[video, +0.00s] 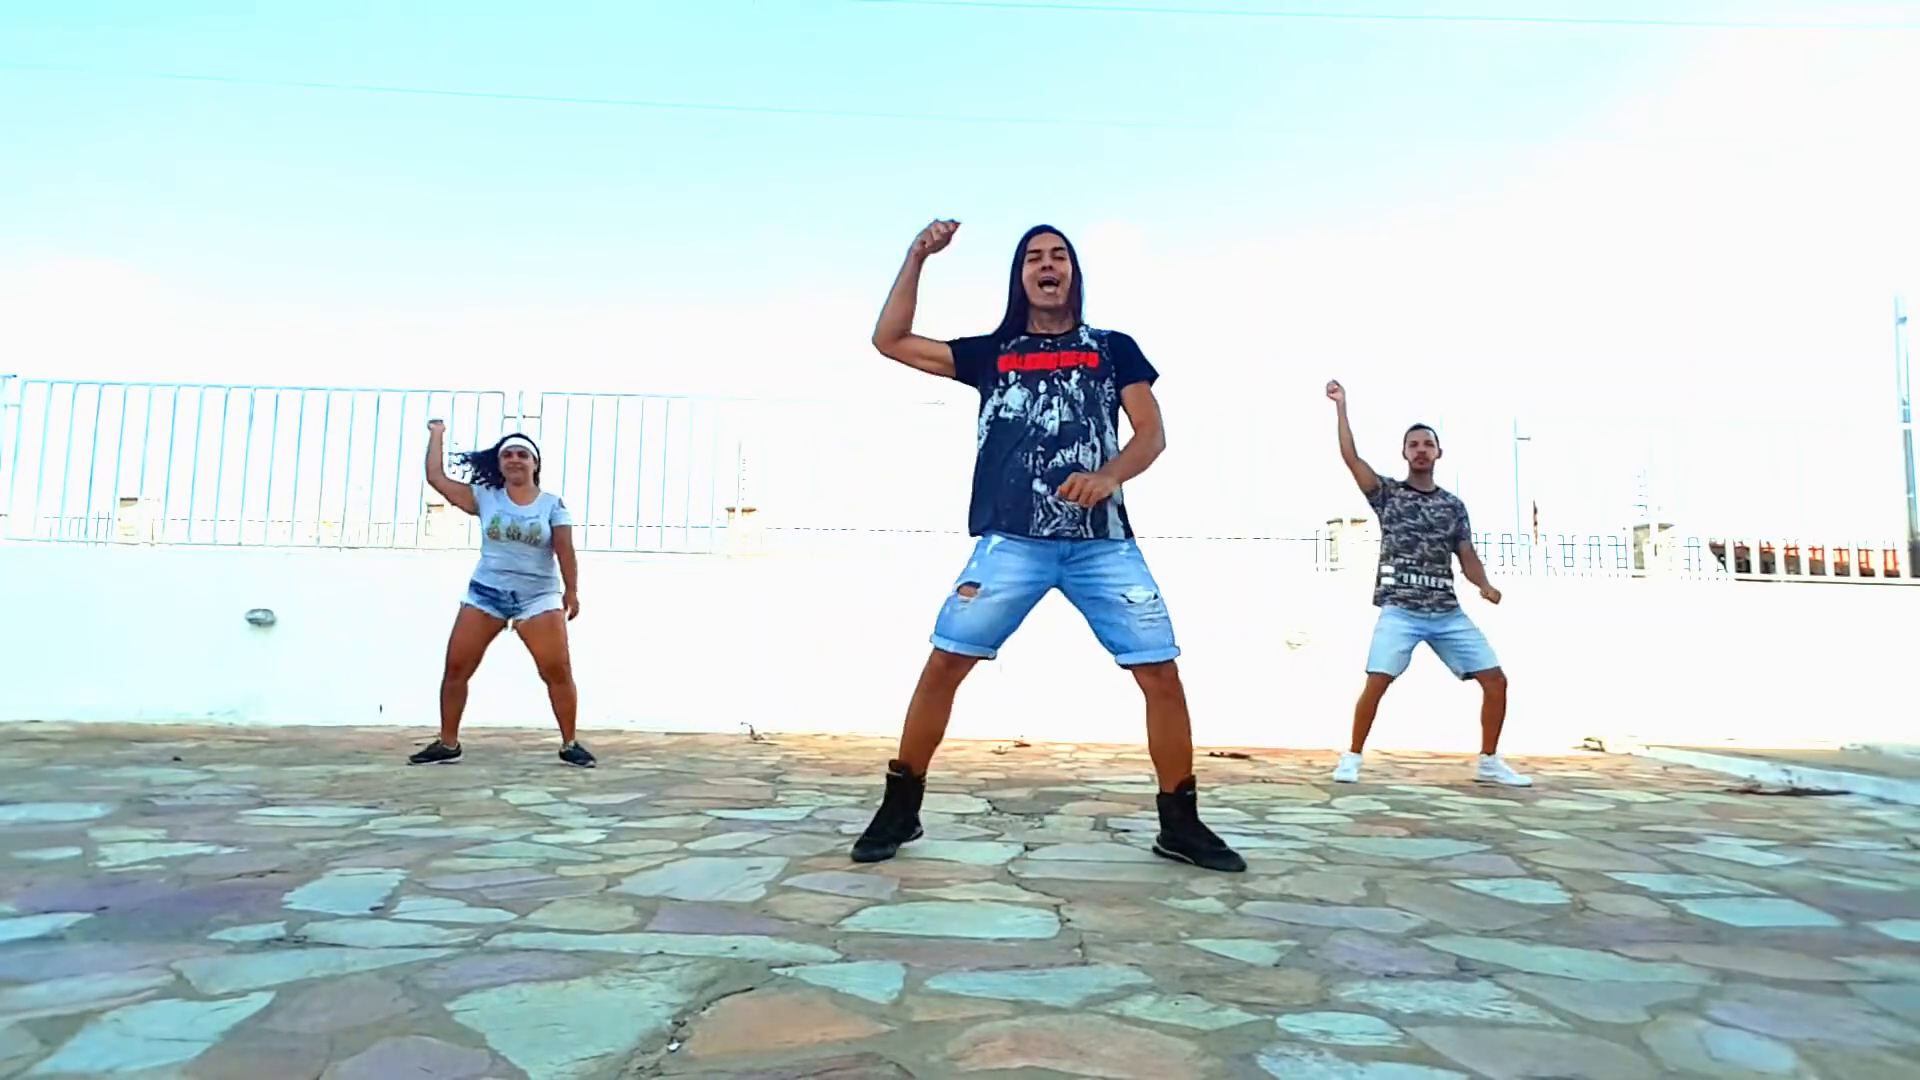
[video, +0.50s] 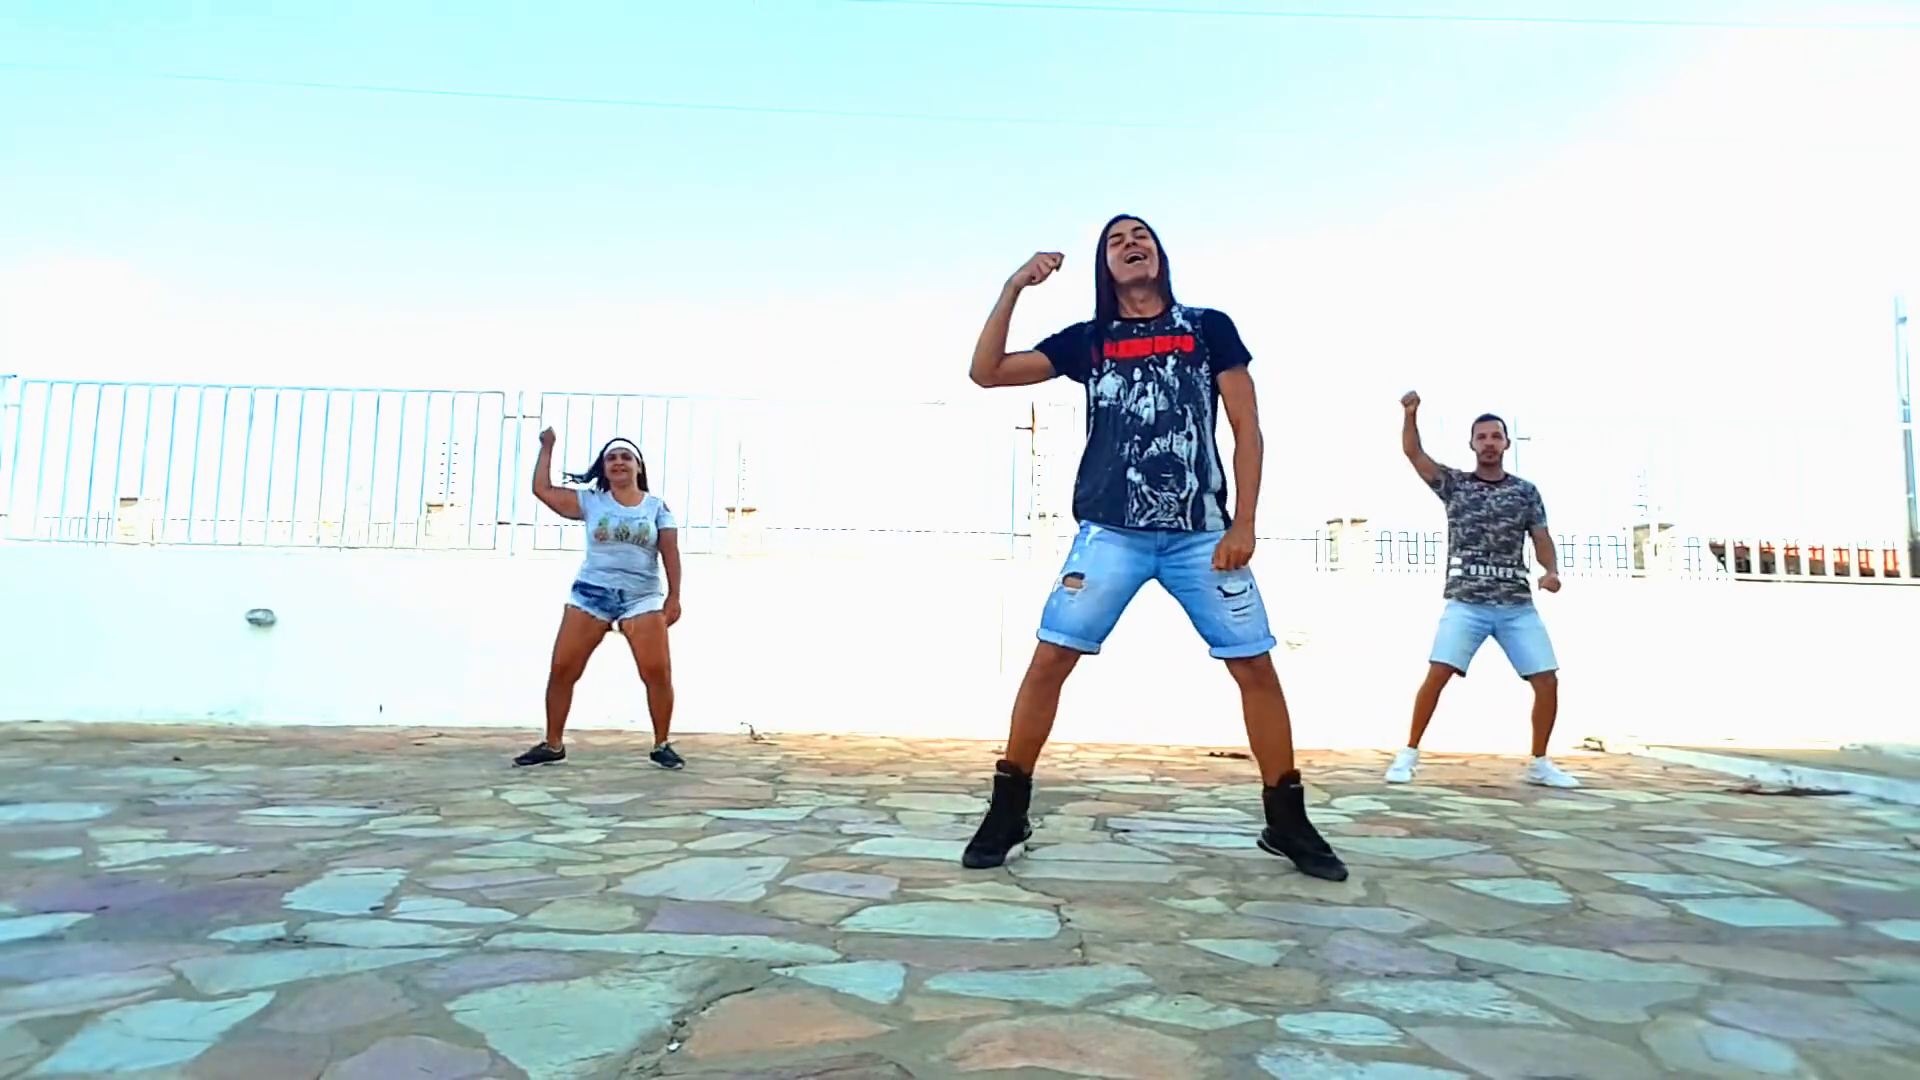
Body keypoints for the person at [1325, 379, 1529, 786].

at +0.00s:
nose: (1420, 450)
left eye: (1427, 444)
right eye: (1413, 445)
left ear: (1438, 453)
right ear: (1404, 453)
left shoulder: (1452, 506)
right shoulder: (1386, 492)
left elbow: (1466, 555)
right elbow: (1350, 456)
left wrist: (1484, 584)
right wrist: (1340, 407)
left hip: (1446, 612)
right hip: (1398, 610)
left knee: (1495, 681)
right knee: (1378, 679)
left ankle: (1488, 761)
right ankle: (1352, 756)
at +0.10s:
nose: (1432, 429)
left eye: (1439, 423)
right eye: (1426, 423)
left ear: (1448, 431)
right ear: (1415, 431)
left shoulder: (1466, 478)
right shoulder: (1398, 470)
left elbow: (1486, 528)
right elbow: (1361, 436)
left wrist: (1500, 566)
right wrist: (1364, 397)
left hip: (1466, 588)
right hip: (1418, 587)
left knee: (1494, 665)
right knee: (1393, 663)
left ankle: (1493, 753)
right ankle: (1362, 747)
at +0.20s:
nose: (1446, 418)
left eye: (1452, 412)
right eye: (1439, 412)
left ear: (1463, 419)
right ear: (1428, 419)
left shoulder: (1480, 465)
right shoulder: (1411, 459)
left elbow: (1501, 512)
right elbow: (1372, 425)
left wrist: (1514, 553)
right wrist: (1395, 380)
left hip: (1479, 573)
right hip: (1431, 572)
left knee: (1507, 651)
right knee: (1408, 649)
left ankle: (1514, 742)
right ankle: (1384, 738)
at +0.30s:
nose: (1463, 427)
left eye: (1470, 421)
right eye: (1456, 420)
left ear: (1480, 428)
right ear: (1444, 427)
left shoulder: (1497, 474)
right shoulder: (1426, 467)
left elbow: (1519, 527)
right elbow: (1390, 430)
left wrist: (1530, 561)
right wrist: (1403, 381)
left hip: (1490, 585)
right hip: (1441, 583)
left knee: (1527, 659)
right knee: (1419, 656)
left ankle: (1537, 751)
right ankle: (1402, 746)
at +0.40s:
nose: (1479, 447)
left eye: (1486, 442)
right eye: (1472, 441)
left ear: (1496, 450)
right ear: (1461, 450)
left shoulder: (1512, 499)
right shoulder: (1442, 491)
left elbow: (1532, 546)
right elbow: (1402, 455)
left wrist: (1542, 575)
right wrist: (1404, 404)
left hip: (1506, 612)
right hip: (1455, 611)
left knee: (1548, 683)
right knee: (1429, 677)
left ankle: (1538, 763)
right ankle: (1408, 757)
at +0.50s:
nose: (1489, 442)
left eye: (1496, 436)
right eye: (1482, 436)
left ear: (1506, 444)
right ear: (1471, 443)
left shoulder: (1525, 492)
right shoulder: (1453, 483)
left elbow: (1541, 538)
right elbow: (1413, 453)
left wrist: (1551, 570)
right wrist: (1410, 413)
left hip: (1516, 604)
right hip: (1465, 602)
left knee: (1547, 681)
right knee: (1439, 672)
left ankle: (1538, 762)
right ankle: (1409, 752)